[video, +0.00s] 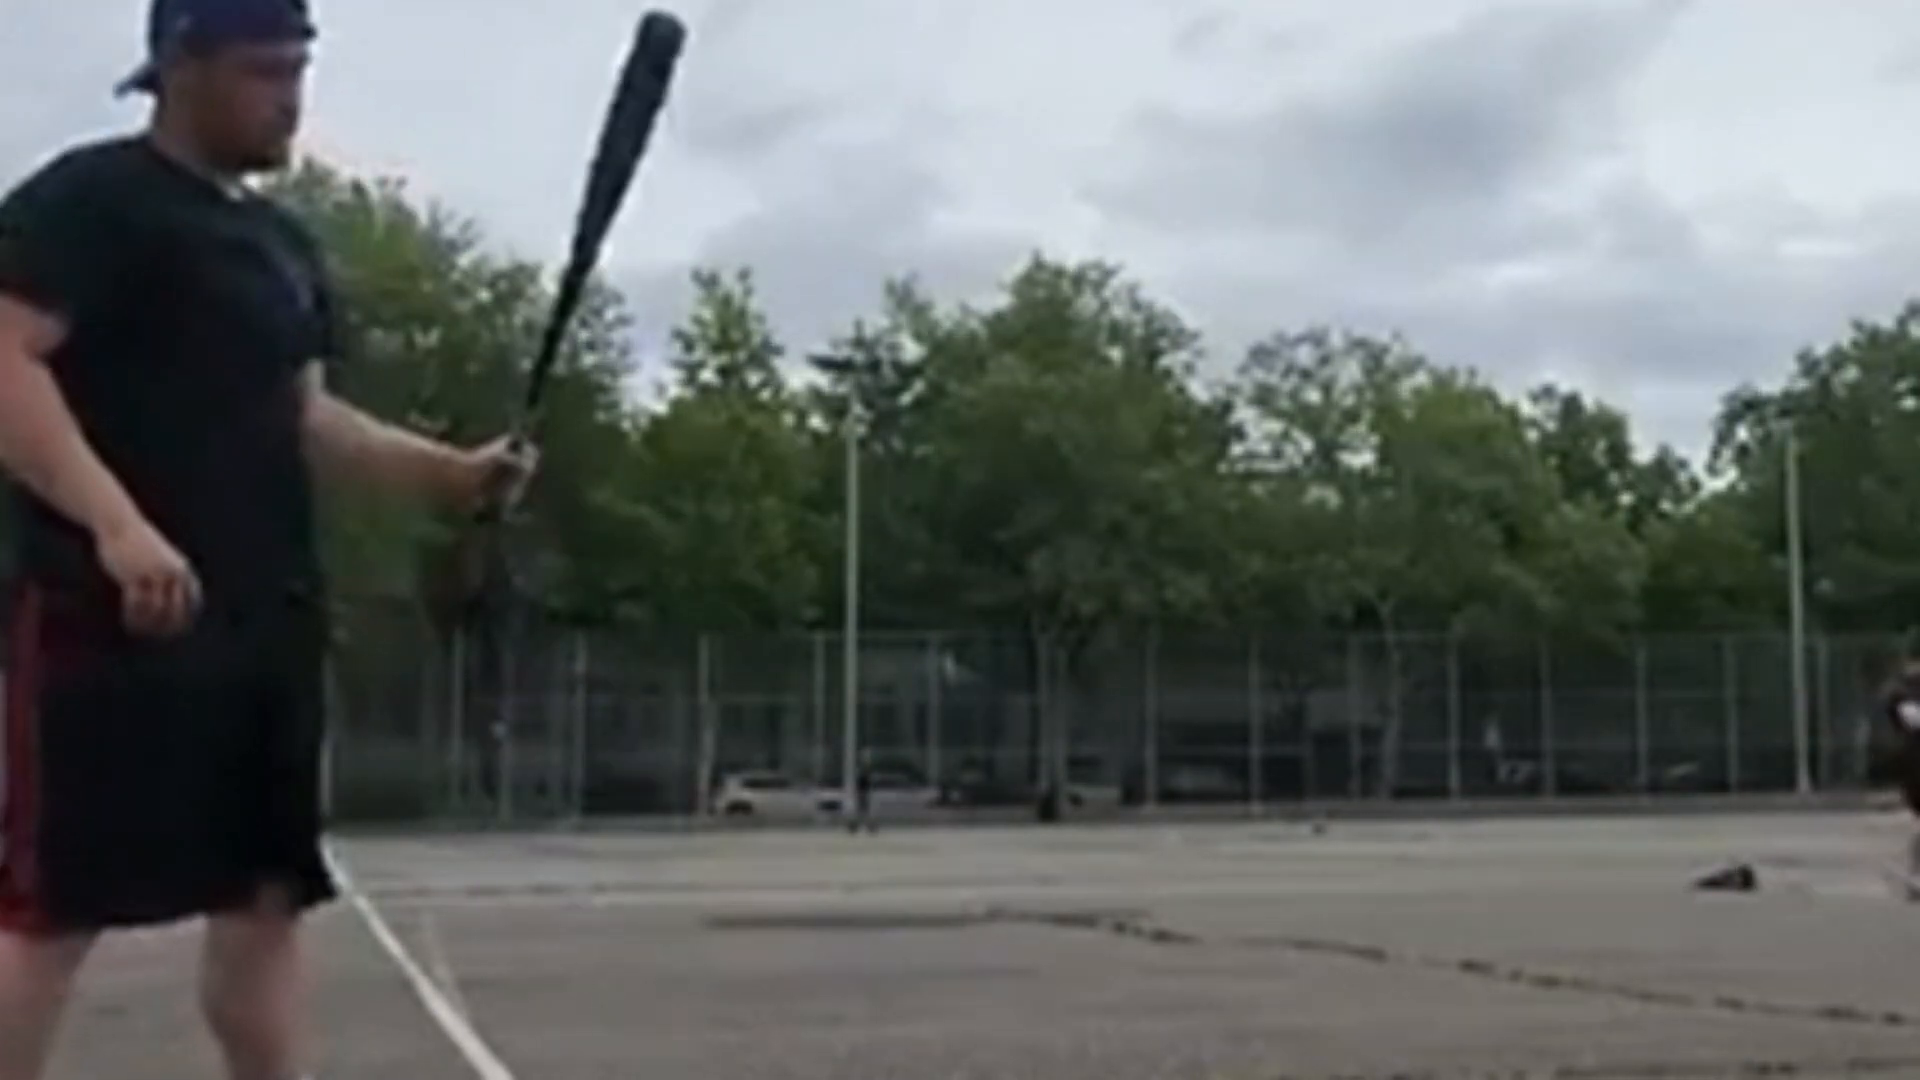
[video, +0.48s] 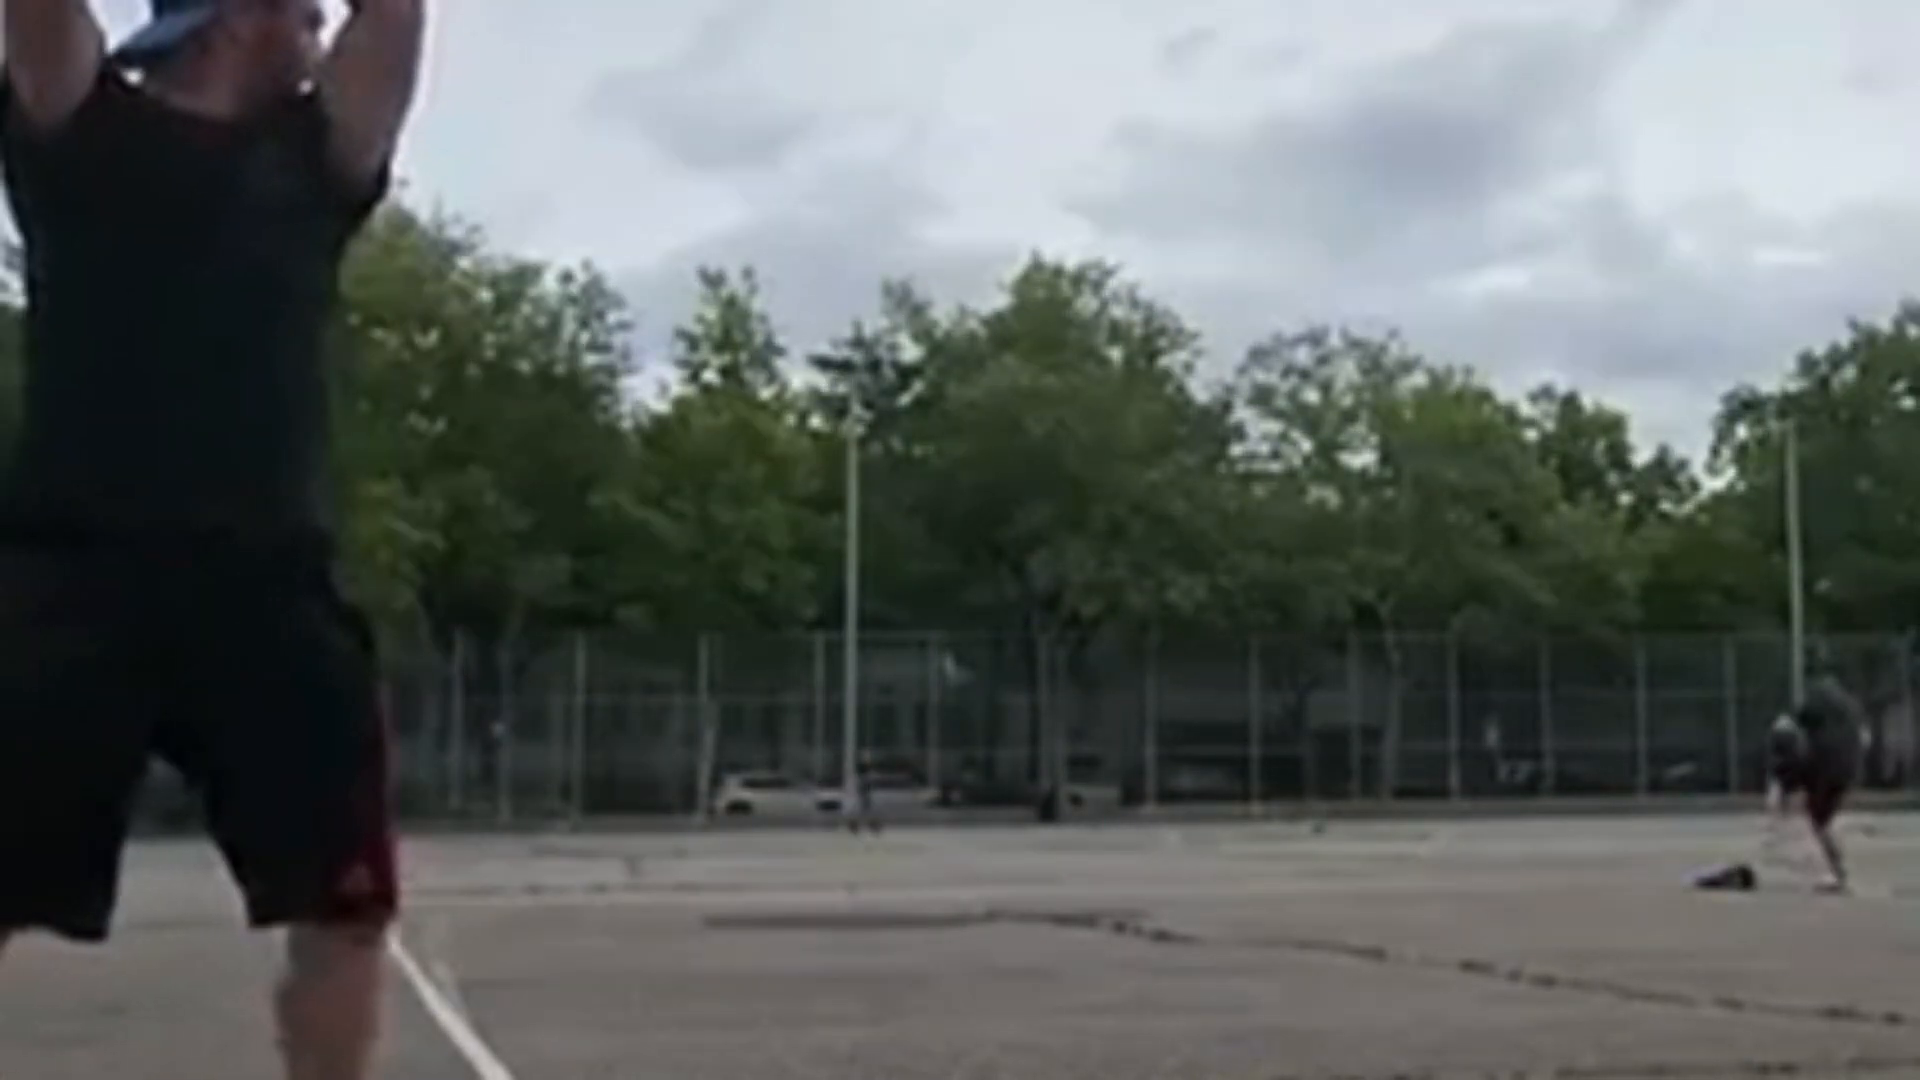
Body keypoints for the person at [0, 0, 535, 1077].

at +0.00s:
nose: (290, 98)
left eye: (297, 74)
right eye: (265, 73)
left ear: (300, 79)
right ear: (181, 73)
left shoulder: (282, 241)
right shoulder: (85, 197)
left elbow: (303, 413)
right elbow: (10, 361)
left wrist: (450, 471)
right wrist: (115, 522)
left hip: (258, 617)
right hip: (94, 614)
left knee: (262, 904)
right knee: (50, 918)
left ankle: (270, 1067)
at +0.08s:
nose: (300, 37)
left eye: (300, 19)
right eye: (286, 10)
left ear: (218, 24)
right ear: (216, 12)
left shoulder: (285, 157)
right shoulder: (53, 111)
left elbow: (405, 49)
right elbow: (26, 12)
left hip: (235, 572)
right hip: (52, 564)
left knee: (304, 895)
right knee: (7, 892)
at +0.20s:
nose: (291, 35)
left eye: (291, 18)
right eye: (277, 7)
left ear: (205, 21)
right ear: (206, 6)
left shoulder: (269, 155)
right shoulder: (40, 94)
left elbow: (388, 21)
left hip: (202, 567)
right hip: (33, 556)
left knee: (306, 889)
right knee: (1, 887)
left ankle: (335, 1067)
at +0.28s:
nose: (296, 32)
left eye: (299, 17)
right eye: (281, 6)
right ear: (209, 3)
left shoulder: (274, 152)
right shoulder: (43, 94)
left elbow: (381, 15)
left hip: (202, 569)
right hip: (34, 561)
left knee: (312, 886)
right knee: (3, 888)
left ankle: (326, 1065)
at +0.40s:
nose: (297, 34)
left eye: (302, 20)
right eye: (277, 8)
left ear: (303, 40)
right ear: (217, 10)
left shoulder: (298, 157)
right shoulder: (64, 123)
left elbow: (381, 12)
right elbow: (34, 0)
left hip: (241, 572)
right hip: (54, 562)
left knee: (327, 908)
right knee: (2, 893)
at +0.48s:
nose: (316, 31)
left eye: (316, 16)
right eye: (296, 9)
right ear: (233, 16)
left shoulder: (314, 163)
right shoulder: (78, 132)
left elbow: (397, 11)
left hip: (266, 577)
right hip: (75, 569)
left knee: (346, 909)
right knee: (6, 901)